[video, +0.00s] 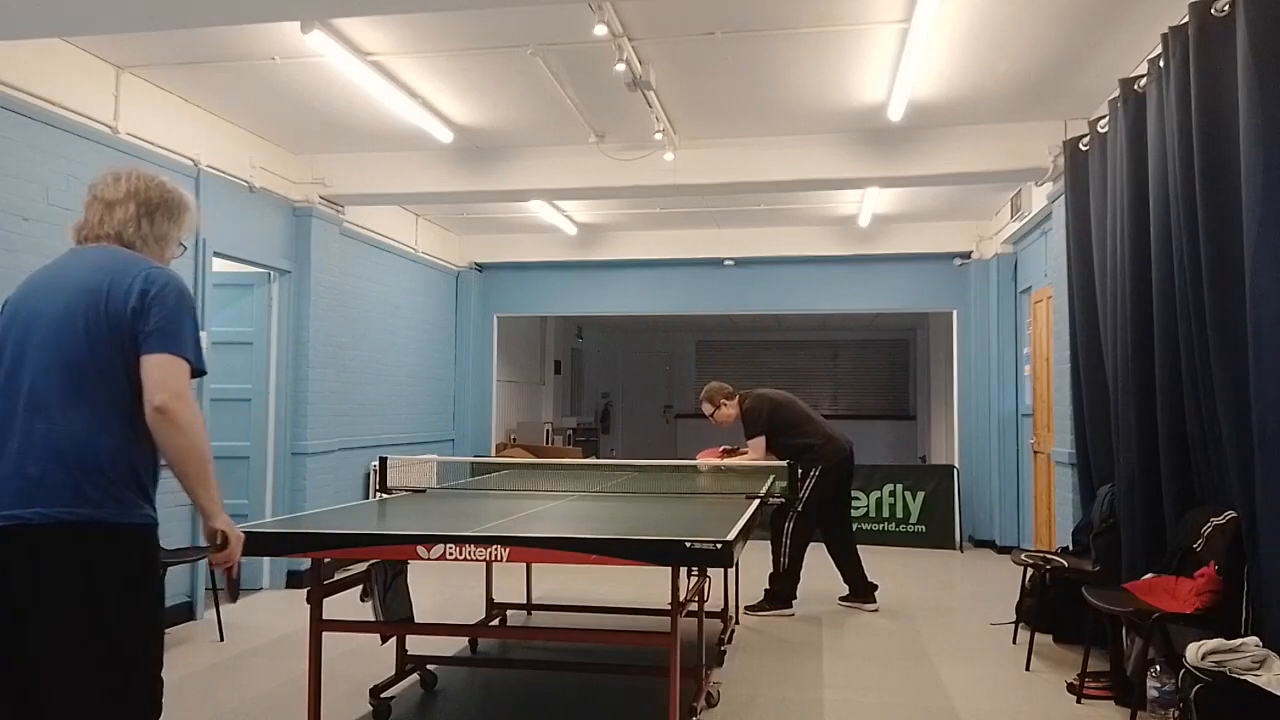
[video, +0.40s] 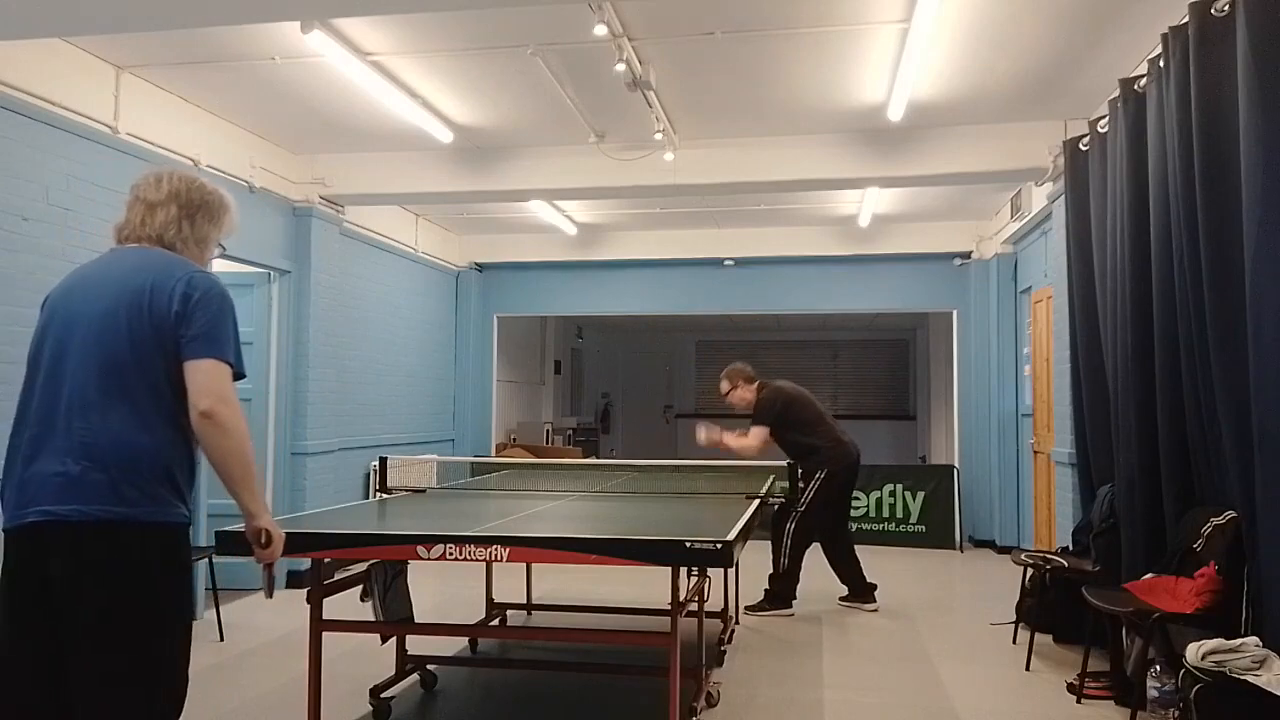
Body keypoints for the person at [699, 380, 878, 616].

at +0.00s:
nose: (714, 422)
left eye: (712, 415)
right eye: (710, 418)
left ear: (725, 403)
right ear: (727, 401)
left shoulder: (753, 406)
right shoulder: (757, 400)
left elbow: (757, 456)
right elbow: (773, 450)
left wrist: (722, 463)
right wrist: (739, 452)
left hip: (823, 459)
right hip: (837, 453)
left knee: (786, 520)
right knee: (834, 525)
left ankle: (780, 598)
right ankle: (862, 591)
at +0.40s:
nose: (729, 402)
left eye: (728, 395)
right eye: (726, 398)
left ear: (741, 385)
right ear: (745, 384)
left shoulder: (770, 396)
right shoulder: (777, 390)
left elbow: (752, 446)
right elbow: (763, 441)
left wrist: (720, 437)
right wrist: (734, 438)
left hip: (827, 463)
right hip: (842, 458)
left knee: (789, 521)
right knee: (832, 529)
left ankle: (779, 597)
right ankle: (861, 591)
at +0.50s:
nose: (738, 382)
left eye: (740, 375)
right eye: (736, 377)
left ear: (756, 369)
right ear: (758, 369)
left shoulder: (778, 386)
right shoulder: (786, 381)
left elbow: (745, 422)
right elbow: (753, 421)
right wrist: (734, 411)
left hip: (830, 464)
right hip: (843, 459)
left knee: (791, 522)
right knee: (832, 529)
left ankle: (780, 597)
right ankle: (861, 591)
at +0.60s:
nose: (748, 364)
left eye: (752, 358)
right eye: (748, 359)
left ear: (769, 355)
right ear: (772, 357)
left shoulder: (789, 376)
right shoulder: (794, 375)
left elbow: (756, 407)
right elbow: (762, 406)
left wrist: (726, 390)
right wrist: (728, 393)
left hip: (832, 462)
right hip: (842, 459)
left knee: (798, 523)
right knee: (834, 527)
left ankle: (782, 596)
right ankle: (861, 592)